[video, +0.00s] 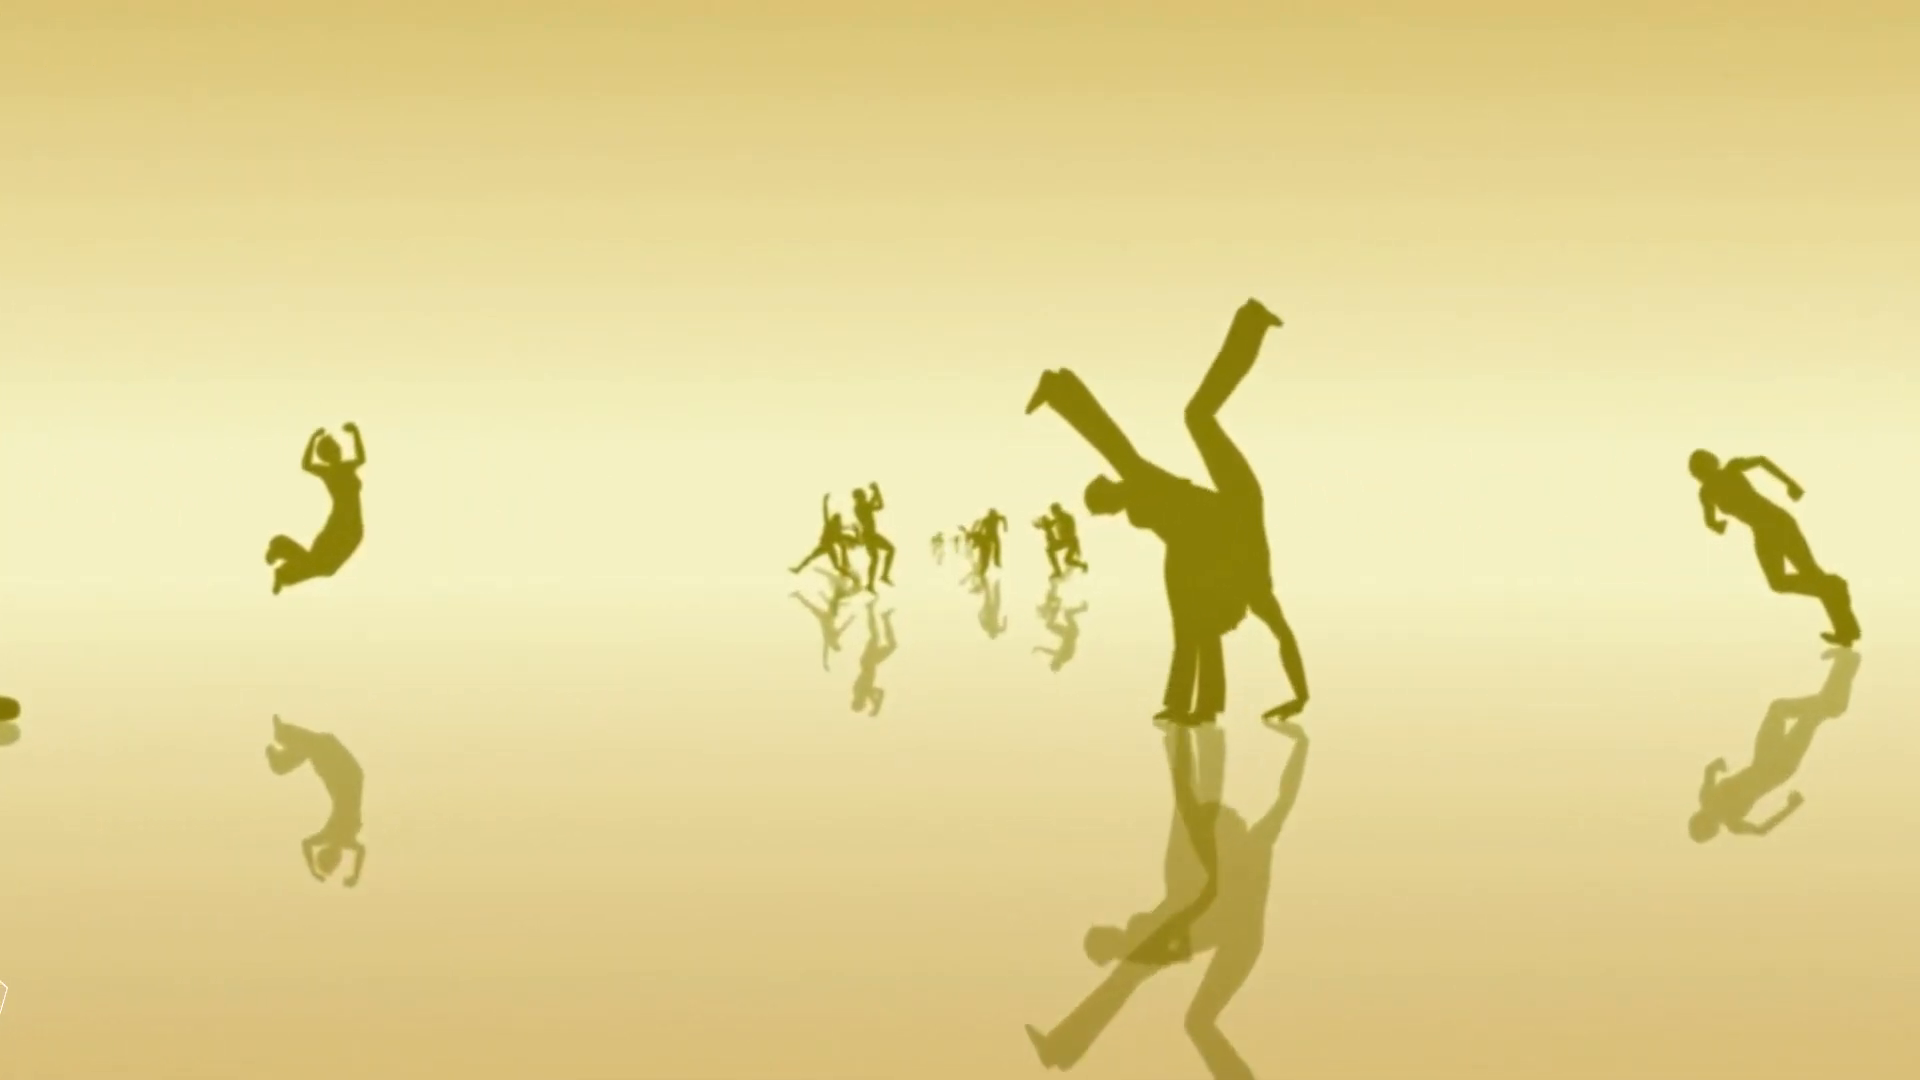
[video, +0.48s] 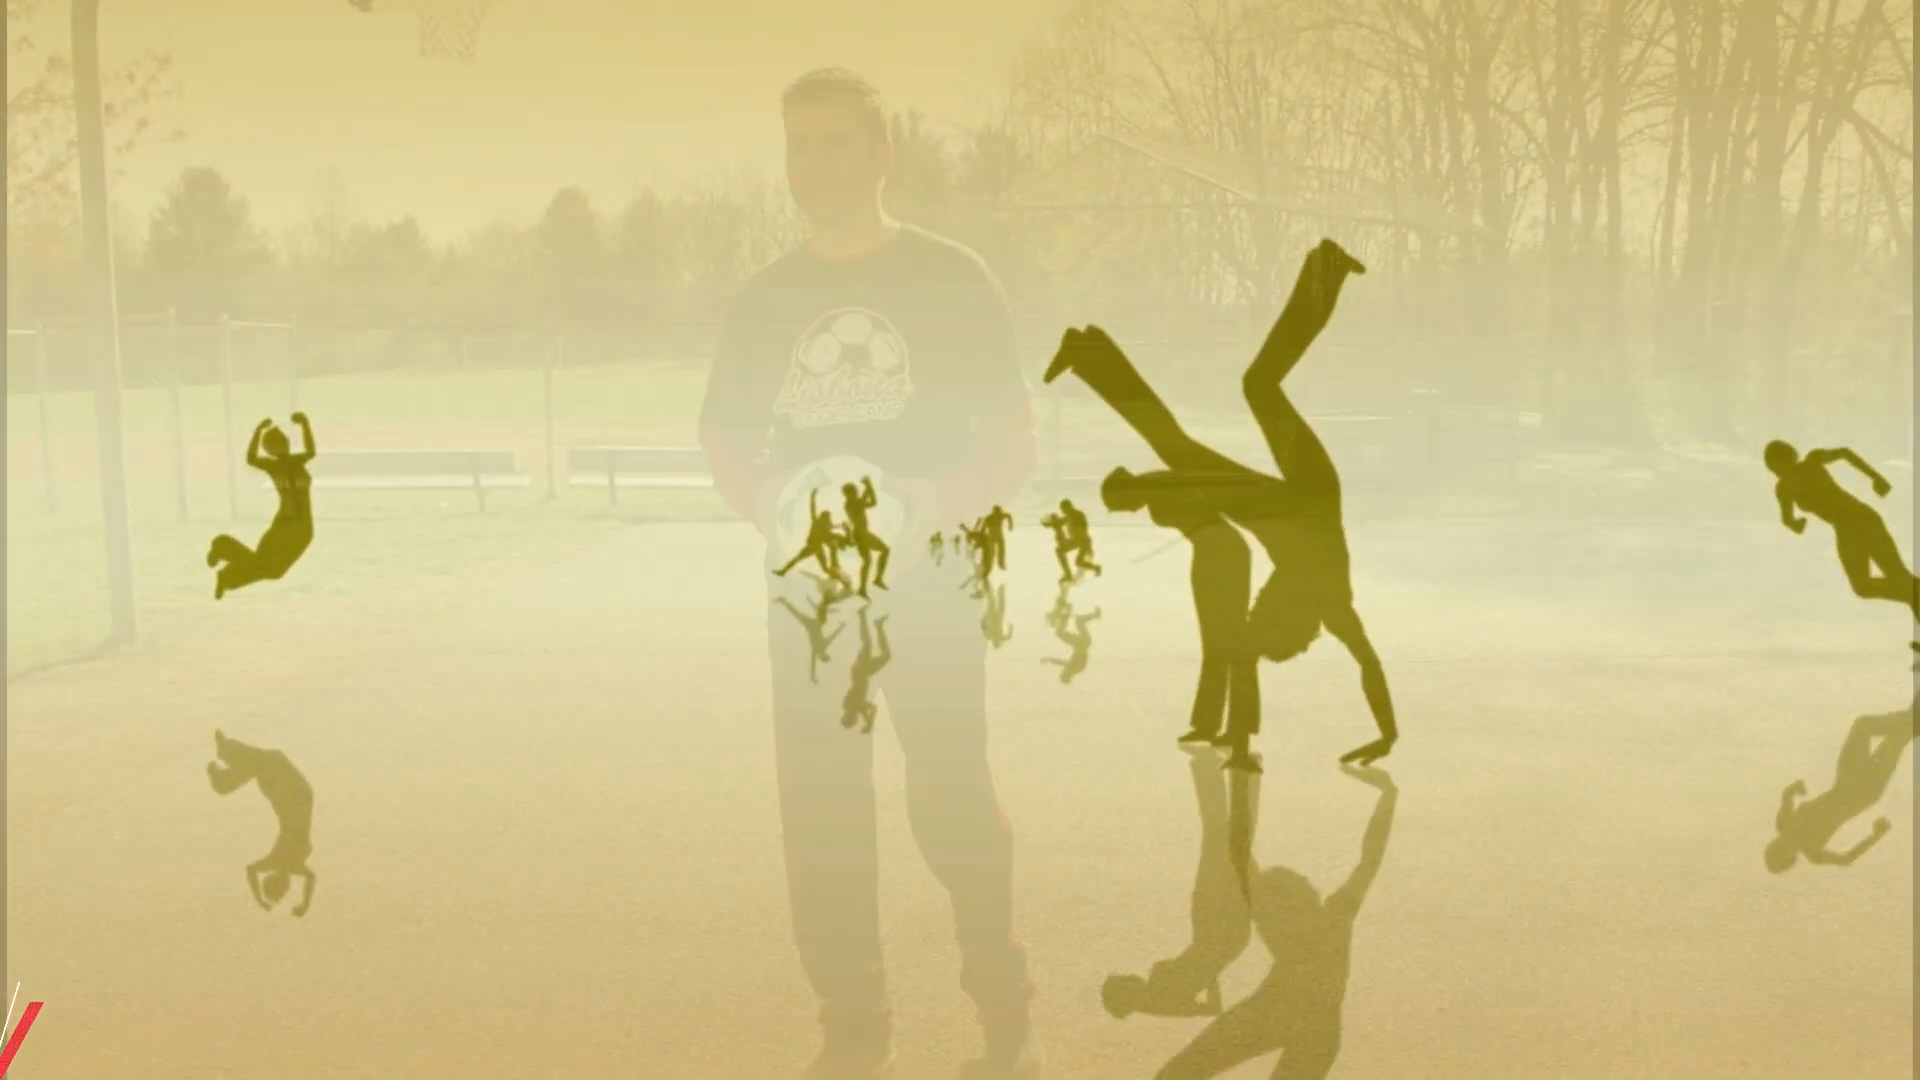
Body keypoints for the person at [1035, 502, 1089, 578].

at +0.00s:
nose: (1055, 513)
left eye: (1056, 511)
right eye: (1053, 512)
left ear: (1059, 509)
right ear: (1052, 512)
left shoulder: (1067, 517)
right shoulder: (1053, 521)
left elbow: (1072, 534)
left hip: (1070, 540)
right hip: (1060, 541)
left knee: (1068, 559)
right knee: (1050, 550)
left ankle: (1083, 565)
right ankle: (1057, 571)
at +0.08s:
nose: (1057, 513)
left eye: (1058, 510)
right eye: (1055, 511)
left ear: (1061, 509)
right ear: (1054, 511)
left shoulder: (1070, 517)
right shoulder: (1055, 521)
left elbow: (1075, 535)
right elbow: (1052, 536)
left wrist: (1079, 550)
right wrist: (1053, 544)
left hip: (1073, 540)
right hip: (1062, 541)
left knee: (1071, 560)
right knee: (1052, 550)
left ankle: (1086, 565)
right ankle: (1059, 571)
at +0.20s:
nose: (1059, 512)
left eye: (1060, 509)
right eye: (1057, 510)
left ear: (1063, 508)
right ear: (1056, 511)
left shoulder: (1072, 517)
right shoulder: (1057, 520)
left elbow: (1076, 534)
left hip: (1075, 540)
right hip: (1064, 541)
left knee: (1072, 560)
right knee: (1053, 550)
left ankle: (1088, 566)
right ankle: (1060, 571)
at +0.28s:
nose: (1061, 512)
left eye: (1062, 509)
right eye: (1060, 510)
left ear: (1065, 507)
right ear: (1059, 510)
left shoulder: (1074, 516)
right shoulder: (1061, 519)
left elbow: (1078, 533)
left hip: (1078, 540)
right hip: (1068, 540)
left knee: (1074, 560)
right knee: (1055, 550)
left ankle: (1090, 566)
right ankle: (1063, 573)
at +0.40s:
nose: (1063, 511)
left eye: (1063, 509)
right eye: (1061, 509)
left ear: (1067, 507)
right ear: (1060, 510)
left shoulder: (1076, 516)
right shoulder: (1061, 520)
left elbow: (1081, 533)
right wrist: (1059, 545)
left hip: (1080, 540)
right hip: (1069, 541)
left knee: (1077, 561)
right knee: (1057, 550)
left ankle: (1092, 567)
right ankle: (1065, 573)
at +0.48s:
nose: (1064, 510)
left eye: (1065, 508)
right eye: (1062, 508)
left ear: (1068, 506)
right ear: (1062, 509)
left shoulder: (1078, 515)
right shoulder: (1066, 518)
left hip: (1083, 540)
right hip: (1073, 540)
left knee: (1079, 562)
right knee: (1060, 550)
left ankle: (1096, 568)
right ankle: (1067, 574)